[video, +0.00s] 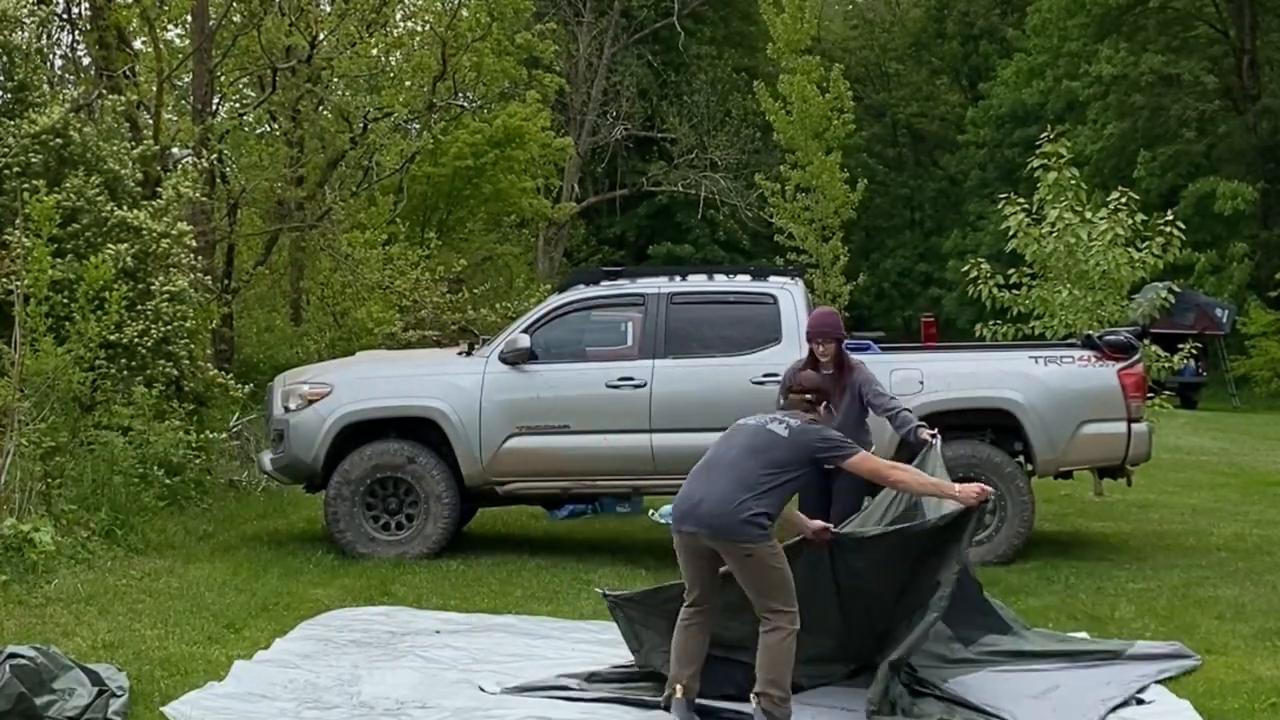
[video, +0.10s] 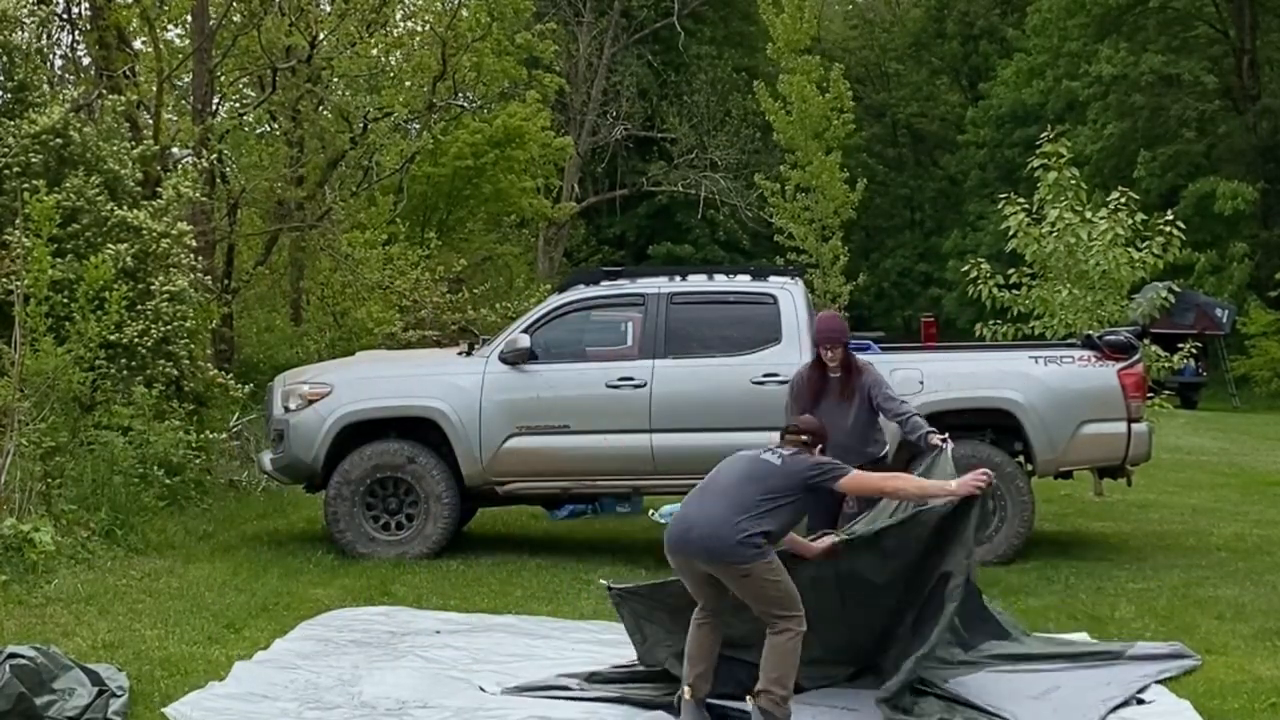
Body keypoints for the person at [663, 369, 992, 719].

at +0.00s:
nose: (830, 416)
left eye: (829, 410)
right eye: (828, 410)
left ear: (783, 402)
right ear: (820, 408)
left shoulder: (748, 425)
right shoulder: (817, 435)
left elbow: (751, 489)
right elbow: (889, 474)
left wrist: (804, 524)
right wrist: (953, 490)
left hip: (686, 518)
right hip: (740, 524)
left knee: (696, 603)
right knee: (778, 616)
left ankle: (679, 696)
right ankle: (771, 709)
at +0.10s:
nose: (821, 456)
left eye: (820, 450)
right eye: (821, 451)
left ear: (782, 443)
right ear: (816, 448)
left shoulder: (746, 458)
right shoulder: (811, 465)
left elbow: (748, 519)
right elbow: (889, 485)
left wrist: (806, 547)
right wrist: (953, 487)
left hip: (679, 538)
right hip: (735, 542)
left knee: (709, 609)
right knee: (786, 619)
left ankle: (690, 699)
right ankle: (770, 707)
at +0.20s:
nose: (822, 491)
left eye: (821, 486)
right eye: (819, 485)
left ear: (778, 474)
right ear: (807, 479)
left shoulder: (744, 494)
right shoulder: (797, 492)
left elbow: (752, 576)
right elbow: (874, 498)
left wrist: (807, 613)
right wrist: (941, 489)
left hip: (672, 574)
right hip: (721, 574)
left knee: (726, 619)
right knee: (801, 623)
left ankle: (694, 703)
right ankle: (773, 711)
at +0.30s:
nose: (832, 511)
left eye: (829, 507)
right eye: (825, 505)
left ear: (781, 500)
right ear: (802, 504)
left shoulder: (751, 519)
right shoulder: (790, 516)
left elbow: (769, 597)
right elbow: (867, 525)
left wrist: (805, 653)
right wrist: (924, 519)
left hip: (671, 608)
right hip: (703, 607)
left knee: (747, 617)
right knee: (809, 619)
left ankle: (697, 694)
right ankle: (774, 709)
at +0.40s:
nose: (810, 537)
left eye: (809, 534)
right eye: (808, 532)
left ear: (772, 522)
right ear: (799, 528)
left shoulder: (745, 543)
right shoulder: (785, 541)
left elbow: (771, 611)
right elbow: (866, 555)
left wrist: (814, 657)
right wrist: (908, 546)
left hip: (672, 640)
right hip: (699, 635)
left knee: (761, 626)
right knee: (806, 614)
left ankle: (699, 699)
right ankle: (774, 710)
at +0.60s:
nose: (803, 575)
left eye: (806, 569)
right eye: (805, 565)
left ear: (785, 551)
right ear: (792, 547)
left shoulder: (757, 574)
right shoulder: (765, 538)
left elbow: (787, 628)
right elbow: (845, 551)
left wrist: (826, 667)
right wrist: (896, 548)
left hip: (675, 645)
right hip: (682, 630)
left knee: (771, 641)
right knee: (782, 605)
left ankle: (703, 695)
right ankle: (774, 710)